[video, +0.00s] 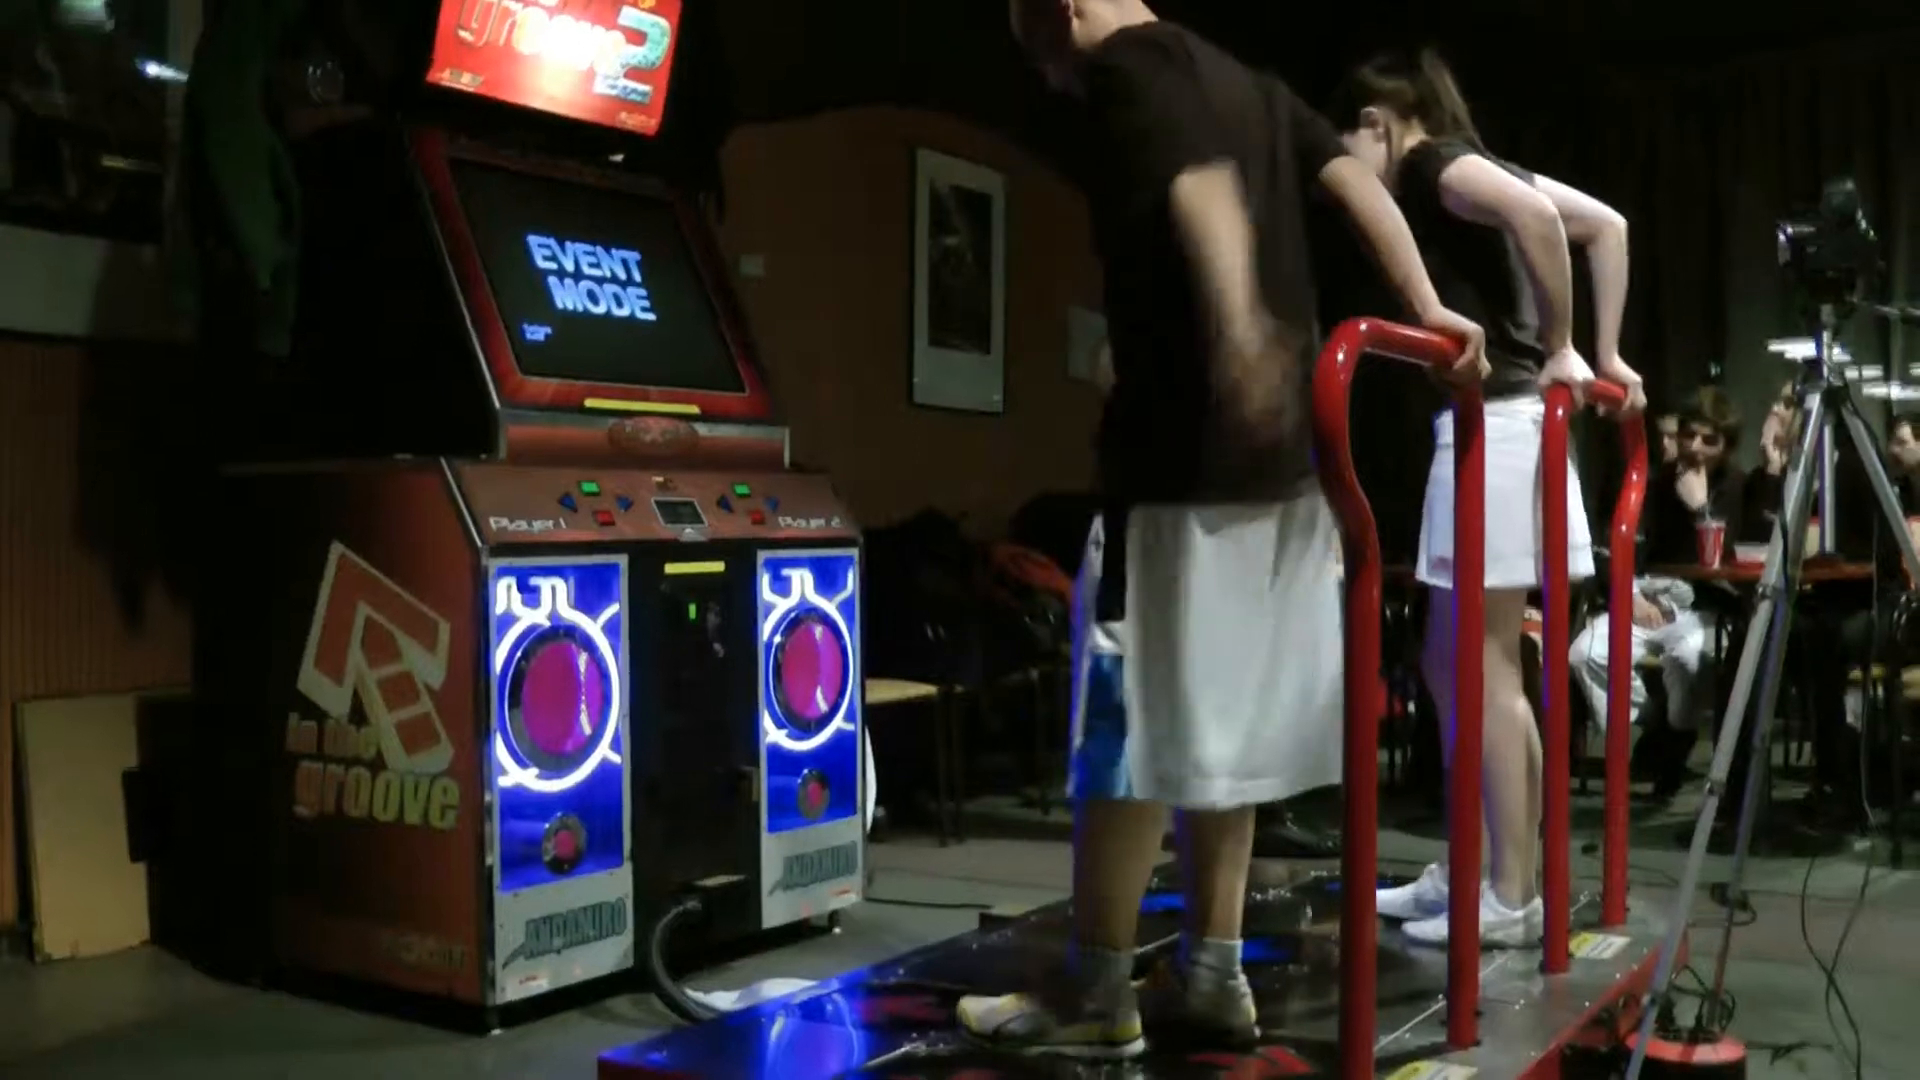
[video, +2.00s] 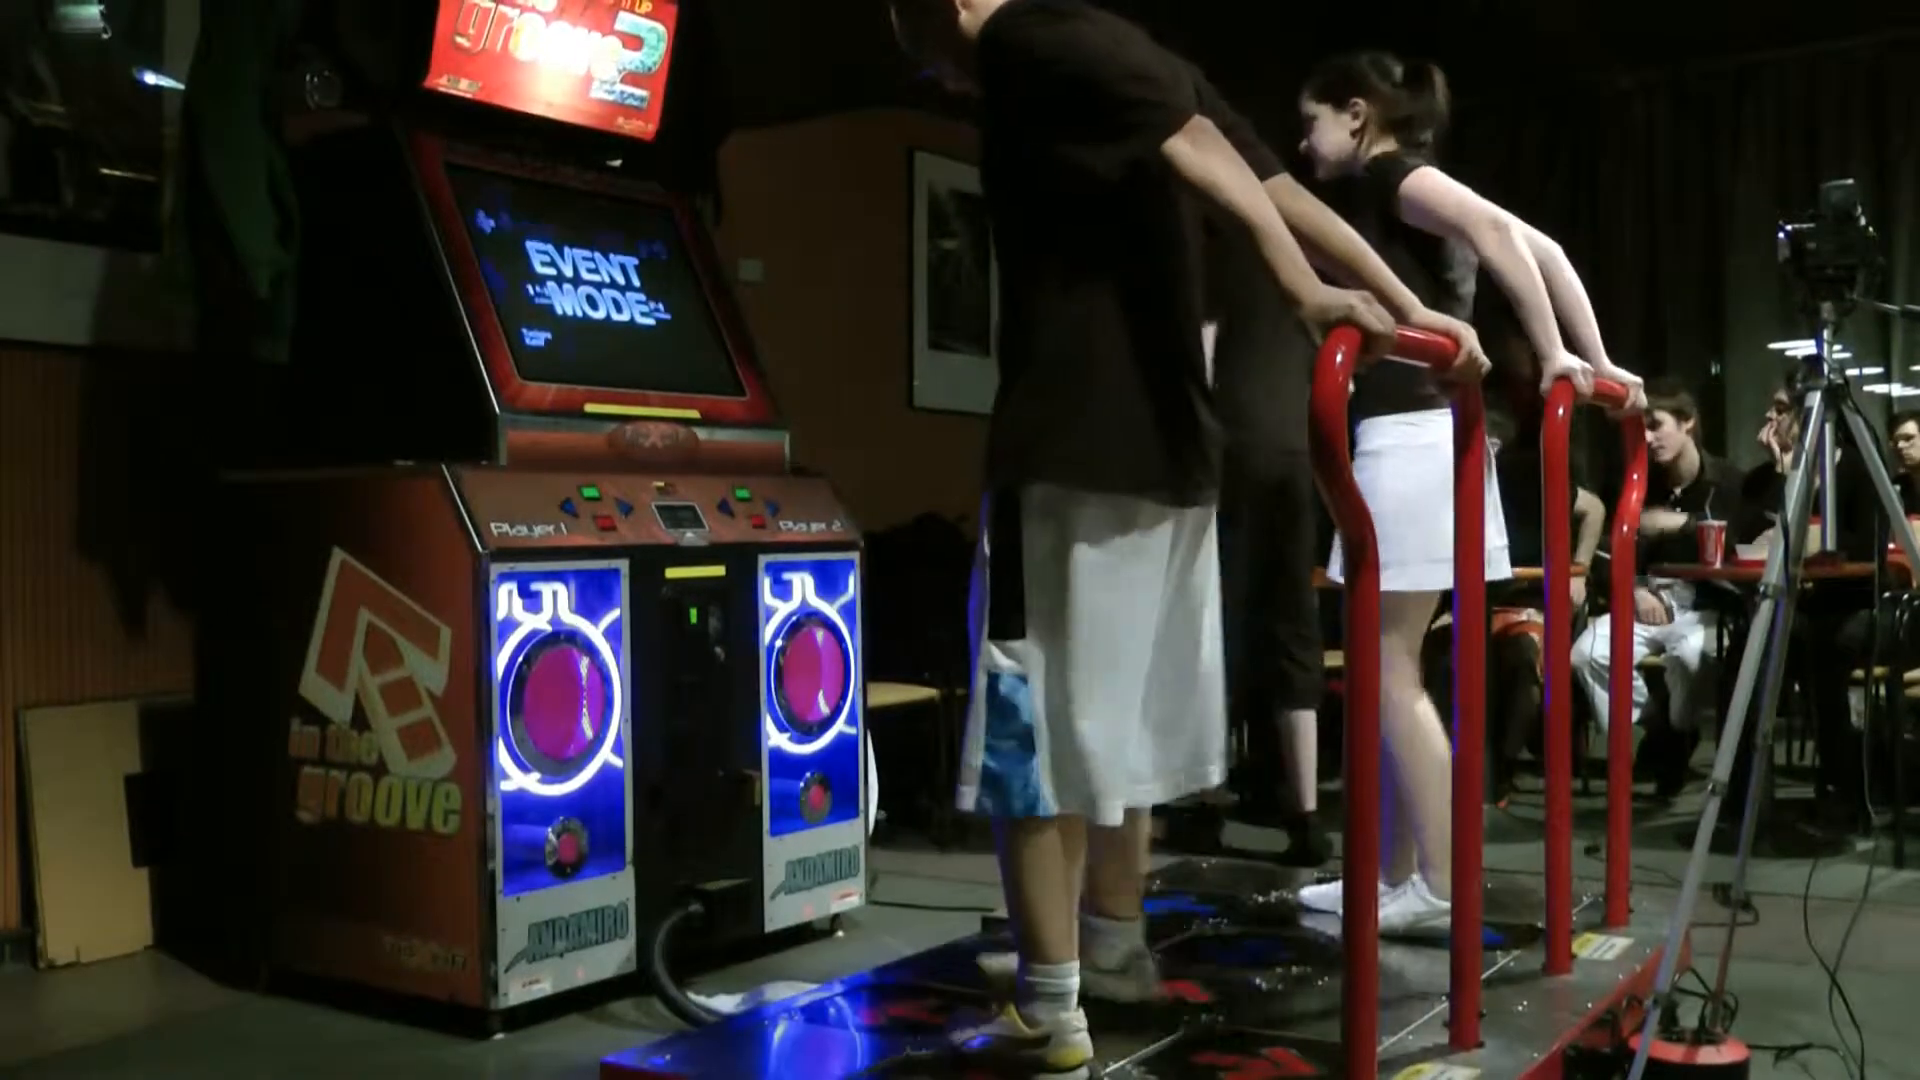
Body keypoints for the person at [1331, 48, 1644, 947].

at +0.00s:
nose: (1351, 163)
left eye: (1353, 145)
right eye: (1348, 147)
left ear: (1388, 125)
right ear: (1418, 121)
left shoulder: (1439, 170)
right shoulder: (1482, 169)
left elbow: (1538, 214)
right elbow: (1608, 224)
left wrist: (1562, 347)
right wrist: (1610, 351)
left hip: (1496, 435)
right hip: (1511, 431)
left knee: (1488, 665)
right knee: (1490, 661)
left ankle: (1512, 893)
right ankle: (1495, 877)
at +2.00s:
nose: (1304, 138)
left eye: (1312, 120)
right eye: (1305, 122)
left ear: (1357, 115)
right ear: (1374, 119)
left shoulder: (1386, 178)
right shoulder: (1418, 182)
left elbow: (1498, 235)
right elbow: (1544, 248)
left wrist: (1555, 356)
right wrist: (1599, 357)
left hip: (1410, 447)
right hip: (1424, 445)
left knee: (1389, 668)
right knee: (1388, 667)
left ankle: (1442, 883)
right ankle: (1396, 875)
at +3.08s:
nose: (1312, 118)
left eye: (1320, 101)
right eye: (1312, 102)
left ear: (1366, 103)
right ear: (1391, 107)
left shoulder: (1386, 172)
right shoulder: (1432, 178)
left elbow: (1489, 228)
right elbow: (1552, 238)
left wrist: (1556, 351)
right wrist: (1603, 355)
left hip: (1378, 446)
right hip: (1437, 447)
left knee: (1317, 657)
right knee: (1396, 676)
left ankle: (1344, 864)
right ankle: (1401, 872)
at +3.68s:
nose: (1300, 135)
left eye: (1309, 117)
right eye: (1299, 120)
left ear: (1361, 109)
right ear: (1363, 115)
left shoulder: (1393, 167)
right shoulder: (1412, 176)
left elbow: (1501, 230)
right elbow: (1540, 245)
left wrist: (1558, 352)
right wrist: (1601, 356)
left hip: (1389, 445)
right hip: (1411, 445)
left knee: (1334, 661)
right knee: (1378, 671)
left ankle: (1347, 873)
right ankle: (1406, 867)